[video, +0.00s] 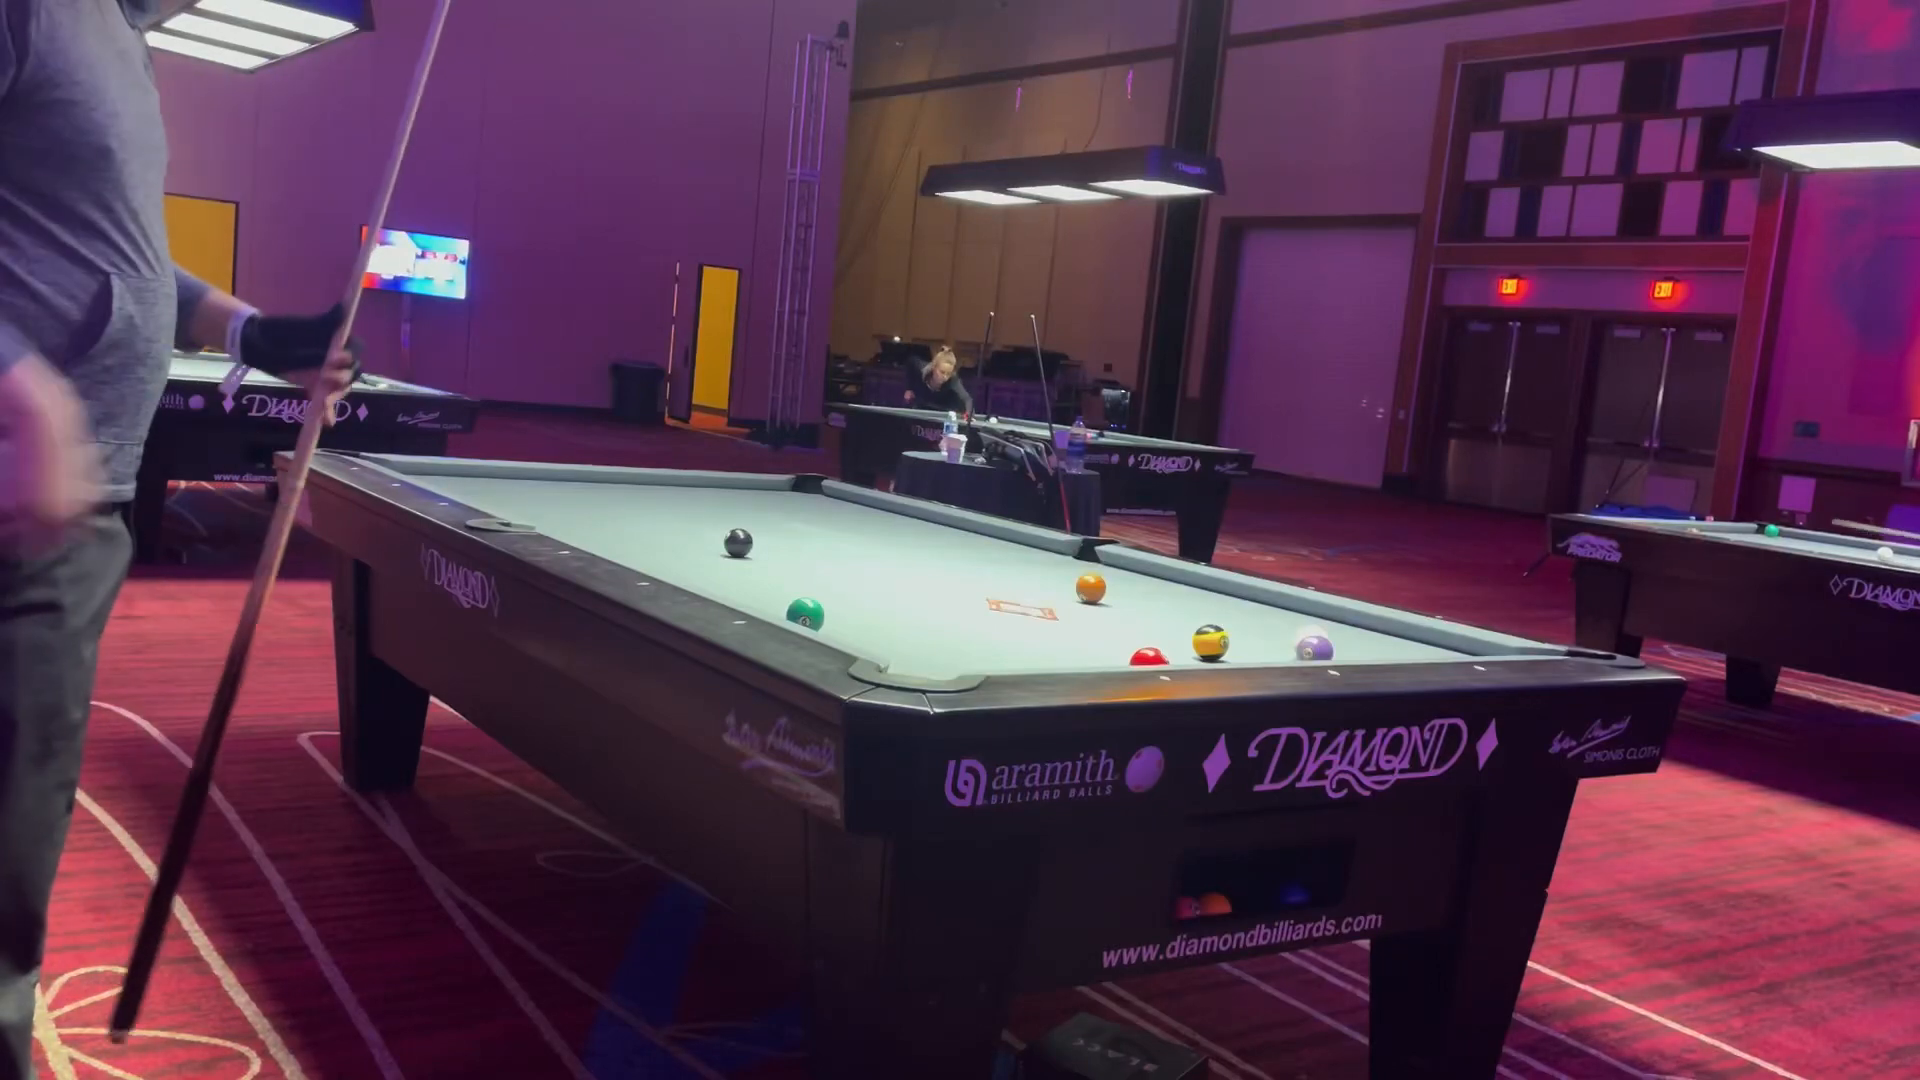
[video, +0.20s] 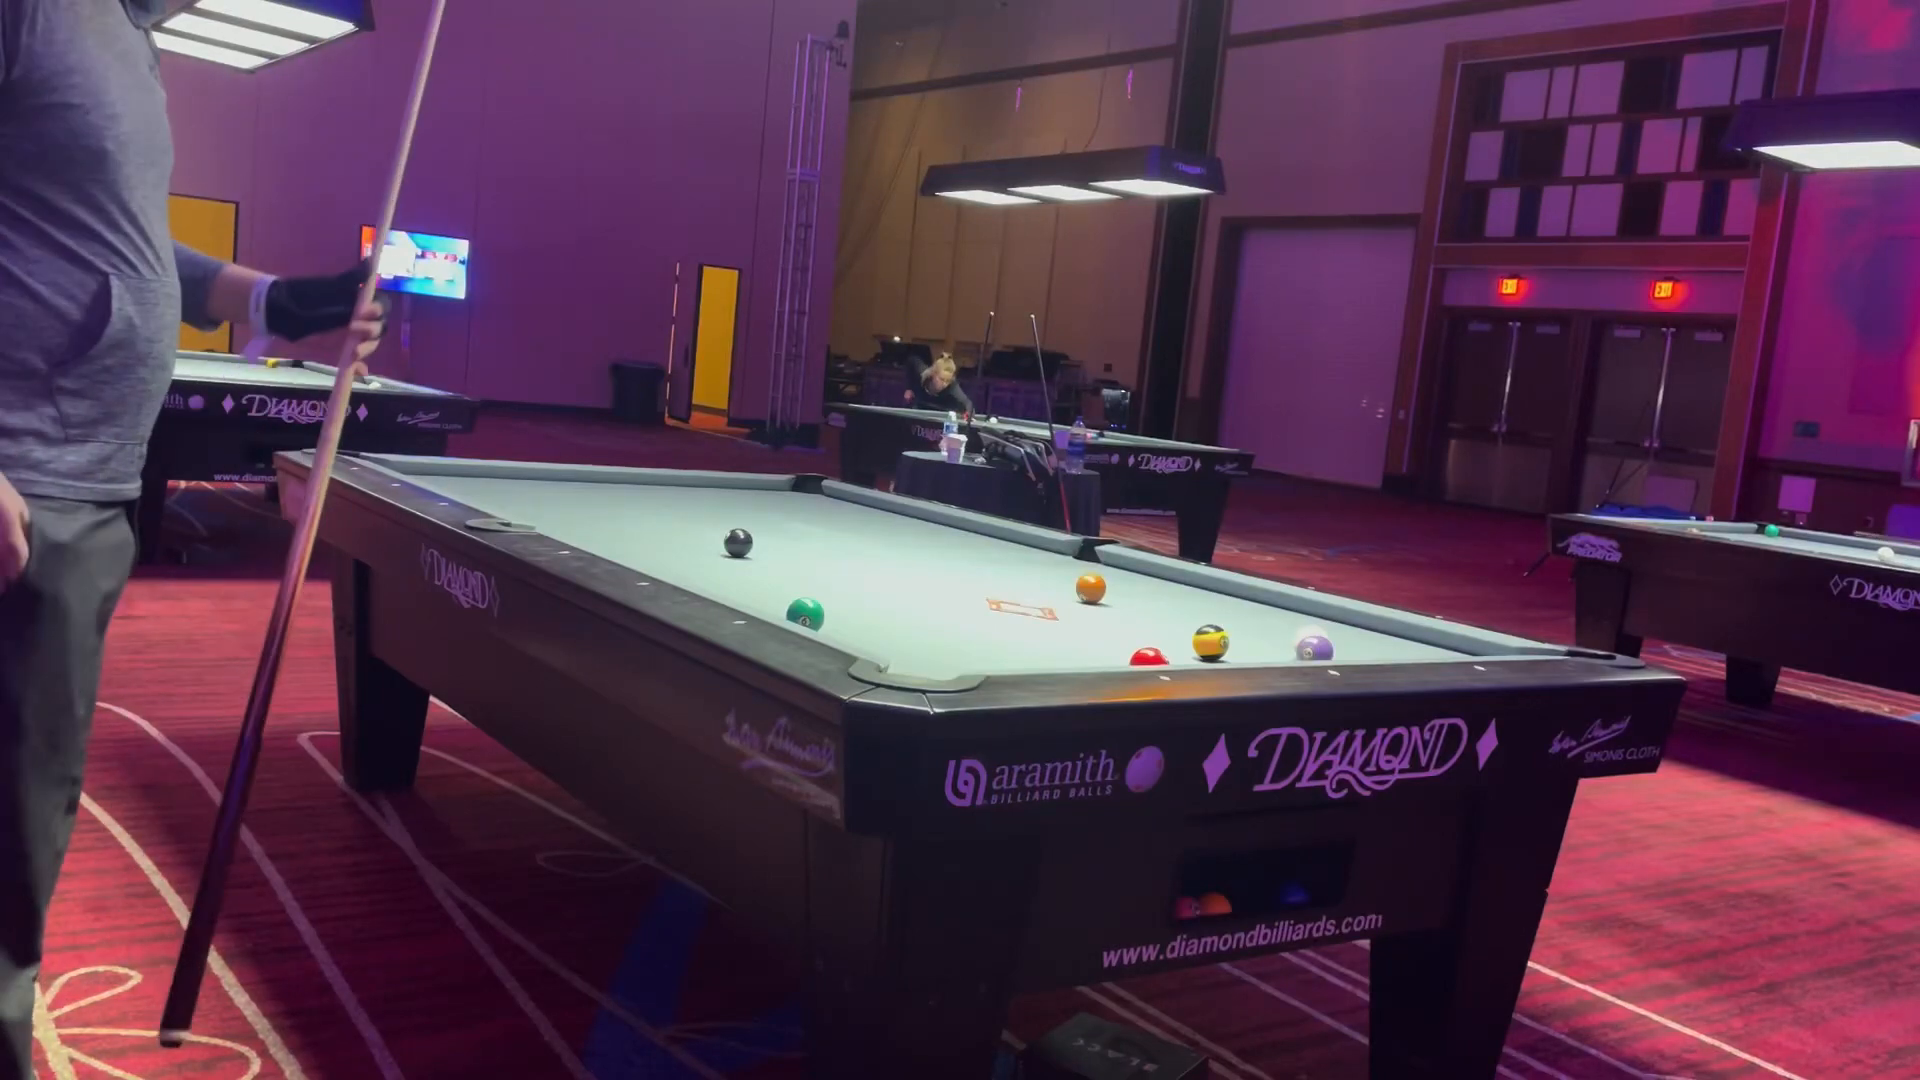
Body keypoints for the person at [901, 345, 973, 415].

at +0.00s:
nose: (944, 377)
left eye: (948, 374)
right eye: (942, 372)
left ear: (951, 373)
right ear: (934, 367)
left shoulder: (953, 382)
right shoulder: (921, 370)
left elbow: (967, 399)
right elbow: (911, 361)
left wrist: (967, 413)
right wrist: (908, 388)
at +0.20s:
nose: (944, 385)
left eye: (947, 381)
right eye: (941, 379)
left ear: (951, 381)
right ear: (933, 373)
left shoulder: (951, 387)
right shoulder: (920, 374)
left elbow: (966, 402)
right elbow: (911, 361)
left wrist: (966, 412)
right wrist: (908, 388)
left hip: (943, 411)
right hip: (920, 405)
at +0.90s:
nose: (944, 394)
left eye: (947, 390)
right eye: (941, 389)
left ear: (950, 389)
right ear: (933, 382)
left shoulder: (952, 397)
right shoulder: (920, 382)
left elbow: (968, 407)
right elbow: (913, 358)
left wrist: (966, 414)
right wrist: (910, 387)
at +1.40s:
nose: (943, 399)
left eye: (946, 396)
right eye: (940, 394)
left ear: (950, 393)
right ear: (932, 387)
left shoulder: (953, 400)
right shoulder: (922, 385)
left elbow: (968, 408)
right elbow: (914, 357)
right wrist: (911, 387)